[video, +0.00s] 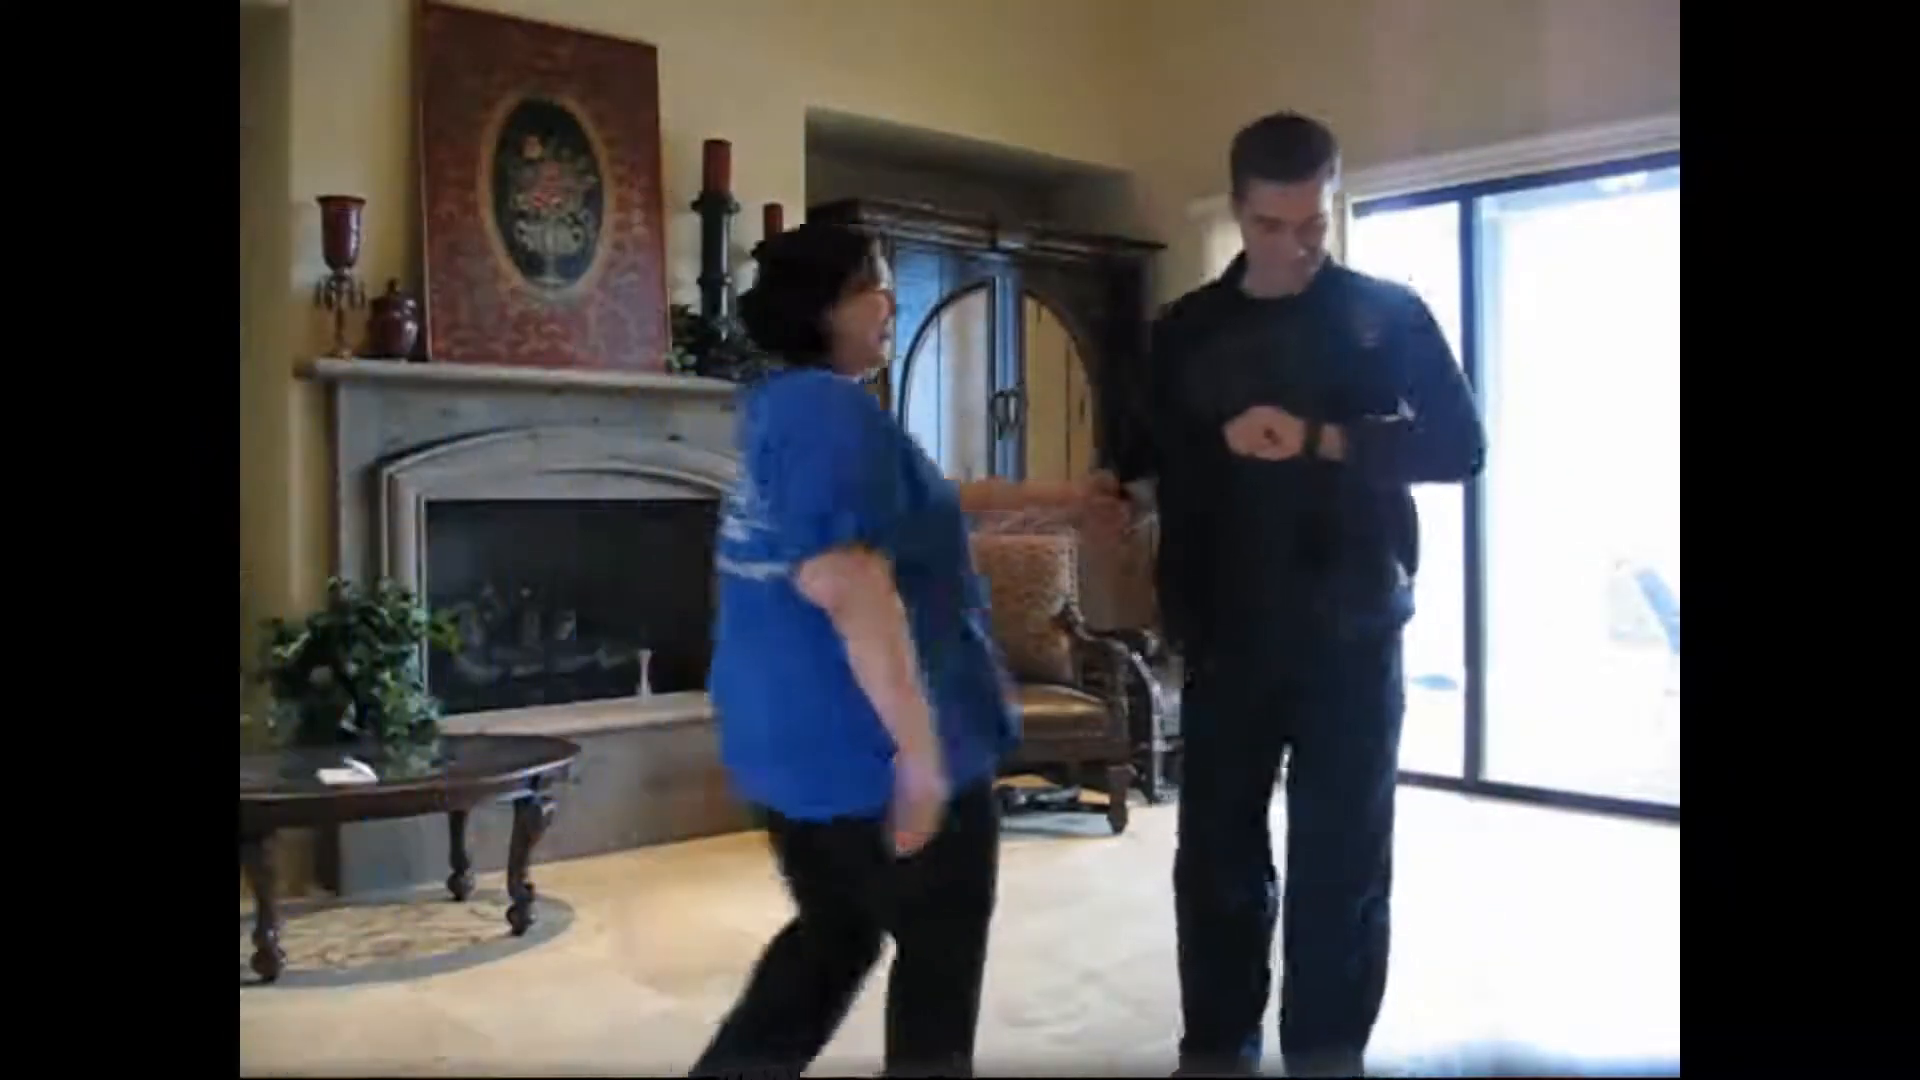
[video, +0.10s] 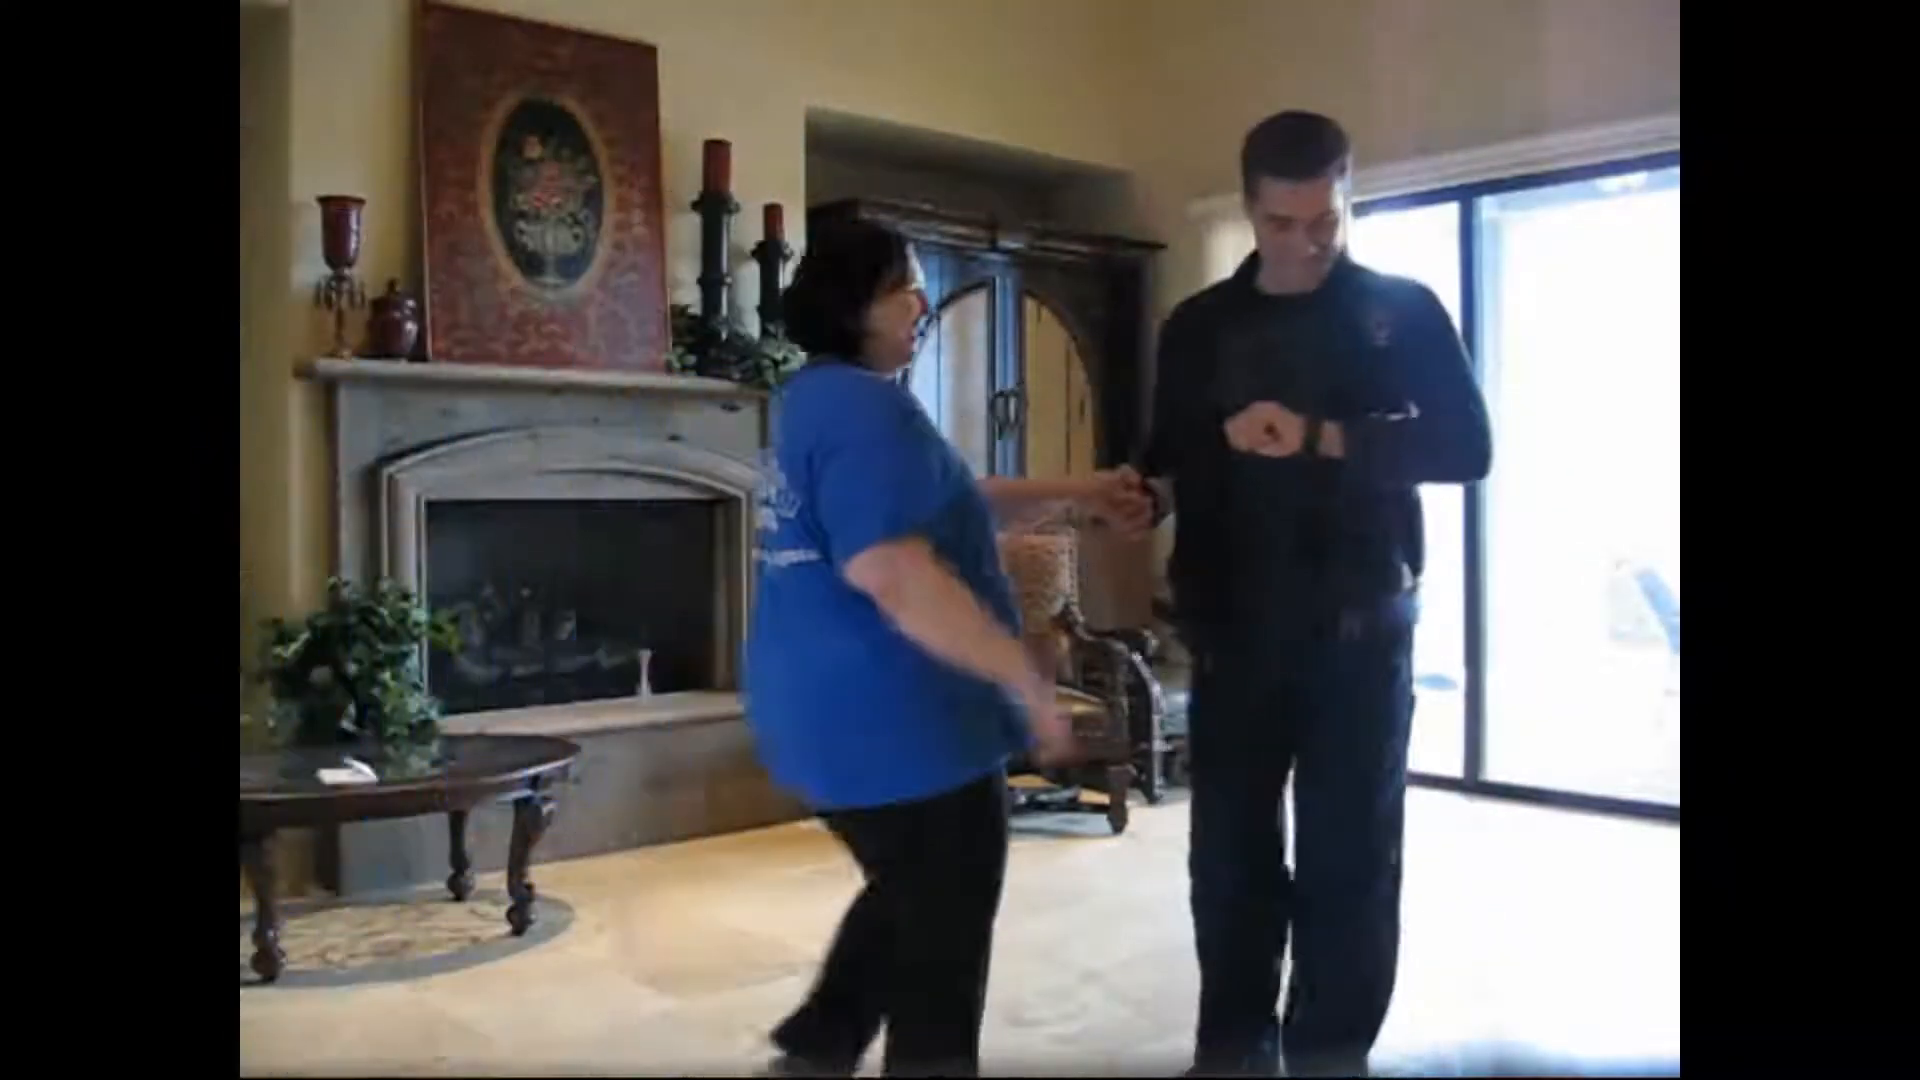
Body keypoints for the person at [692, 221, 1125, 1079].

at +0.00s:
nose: (888, 305)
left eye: (882, 288)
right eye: (868, 289)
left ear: (819, 313)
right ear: (821, 309)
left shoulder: (789, 407)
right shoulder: (832, 414)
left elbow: (934, 505)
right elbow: (845, 578)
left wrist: (1066, 502)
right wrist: (919, 750)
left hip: (804, 748)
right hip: (899, 751)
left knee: (835, 934)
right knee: (942, 948)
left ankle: (732, 1070)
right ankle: (928, 1070)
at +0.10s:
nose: (920, 304)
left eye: (914, 287)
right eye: (902, 289)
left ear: (845, 308)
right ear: (857, 306)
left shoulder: (821, 402)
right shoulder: (861, 408)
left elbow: (949, 504)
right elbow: (889, 568)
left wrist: (1081, 493)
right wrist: (1022, 675)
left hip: (841, 720)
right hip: (904, 725)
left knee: (907, 886)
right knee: (947, 933)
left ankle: (815, 1052)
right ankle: (932, 1065)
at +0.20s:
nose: (945, 304)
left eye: (941, 286)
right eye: (926, 288)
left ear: (884, 304)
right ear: (875, 301)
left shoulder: (889, 394)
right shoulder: (859, 398)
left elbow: (972, 499)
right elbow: (912, 533)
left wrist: (1096, 491)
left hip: (932, 708)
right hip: (893, 722)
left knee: (978, 866)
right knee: (939, 906)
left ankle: (899, 1043)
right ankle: (926, 1062)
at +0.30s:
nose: (958, 310)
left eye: (956, 294)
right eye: (941, 294)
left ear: (911, 310)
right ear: (890, 304)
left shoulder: (916, 405)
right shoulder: (855, 399)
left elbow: (995, 509)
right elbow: (924, 508)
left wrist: (1109, 488)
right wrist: (1005, 425)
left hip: (953, 716)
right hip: (899, 727)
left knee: (967, 920)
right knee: (932, 937)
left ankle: (950, 1057)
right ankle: (921, 1068)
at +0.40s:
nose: (968, 316)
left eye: (965, 302)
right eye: (952, 302)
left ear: (924, 319)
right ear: (905, 317)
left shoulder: (954, 415)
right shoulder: (843, 401)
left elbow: (1033, 512)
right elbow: (925, 482)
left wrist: (1119, 482)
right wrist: (962, 345)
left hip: (980, 711)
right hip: (899, 722)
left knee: (982, 910)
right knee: (933, 925)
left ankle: (964, 1053)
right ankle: (921, 1067)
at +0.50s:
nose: (953, 304)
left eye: (958, 292)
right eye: (931, 292)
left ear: (968, 313)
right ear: (882, 309)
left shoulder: (979, 419)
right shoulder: (840, 399)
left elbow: (1054, 512)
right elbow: (892, 472)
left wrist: (1135, 470)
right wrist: (921, 352)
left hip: (993, 699)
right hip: (898, 703)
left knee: (956, 920)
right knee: (931, 919)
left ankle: (947, 1064)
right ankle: (916, 1071)